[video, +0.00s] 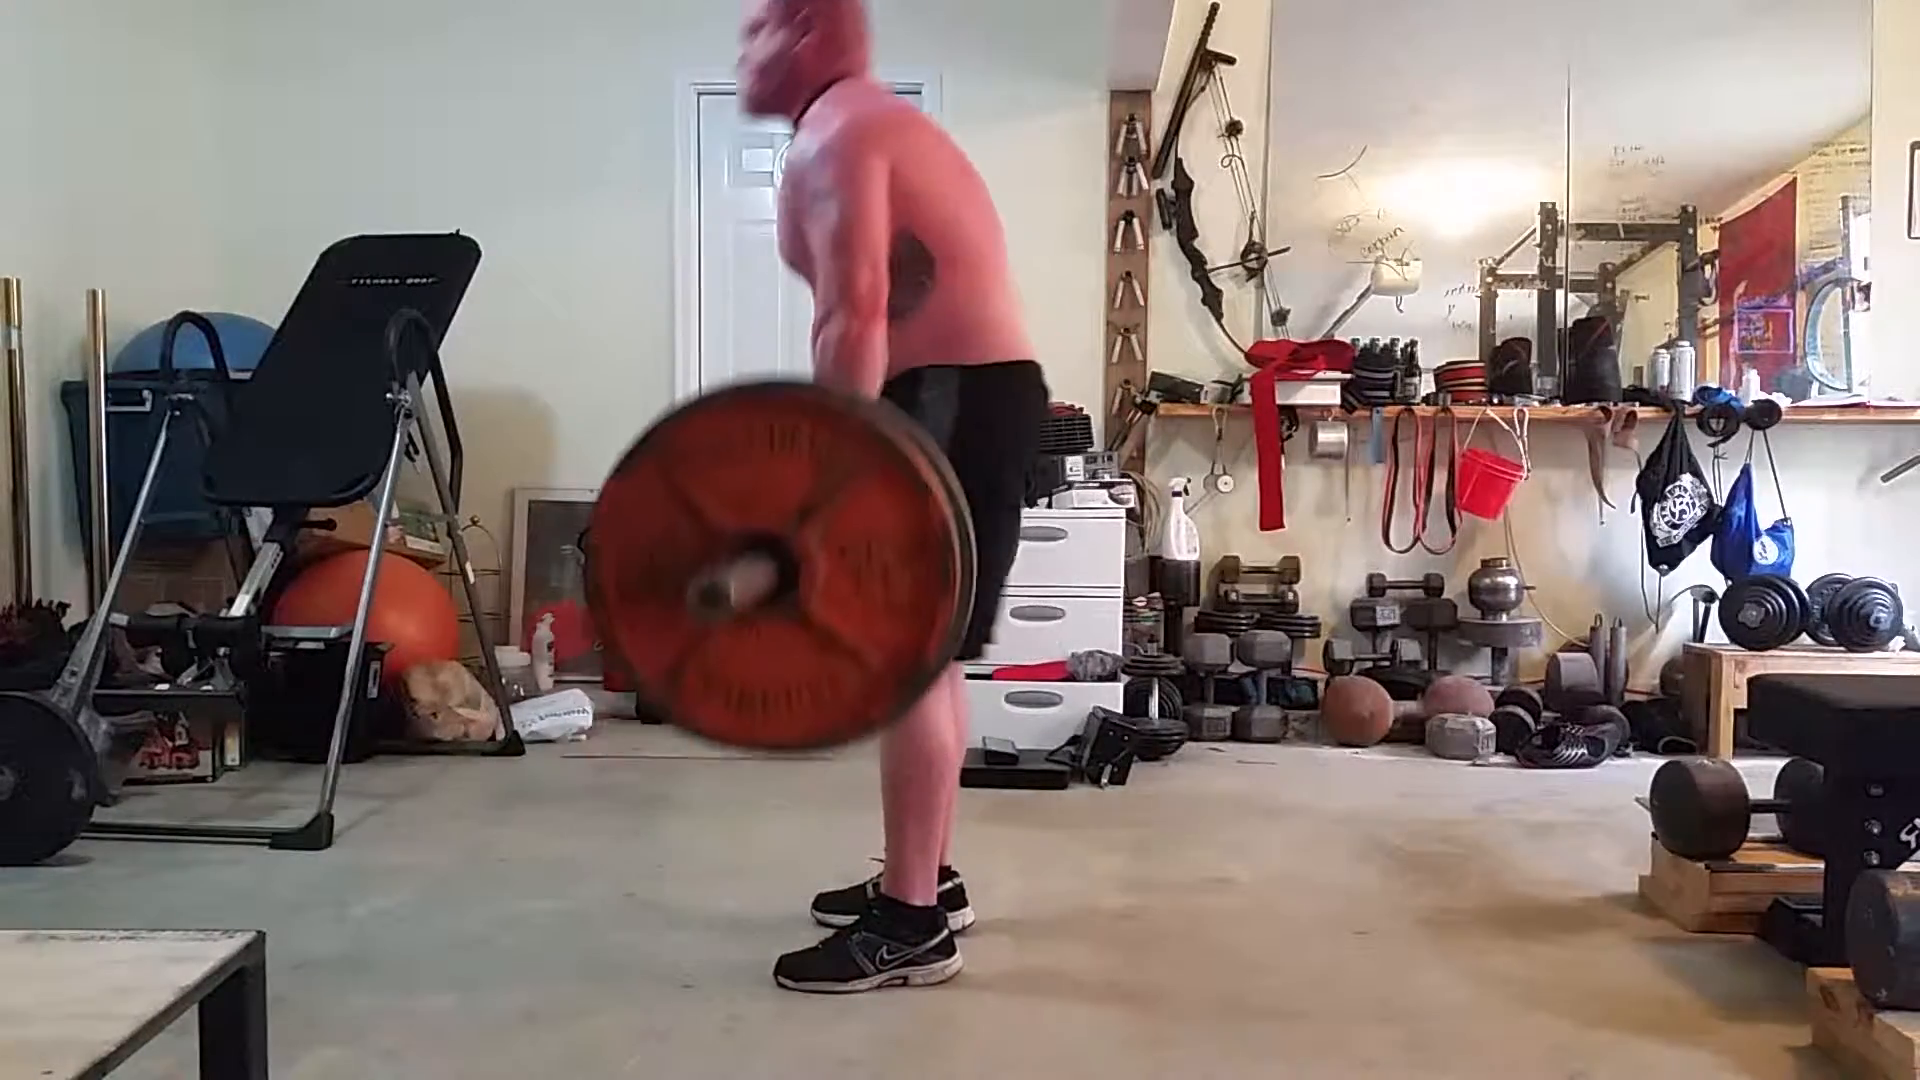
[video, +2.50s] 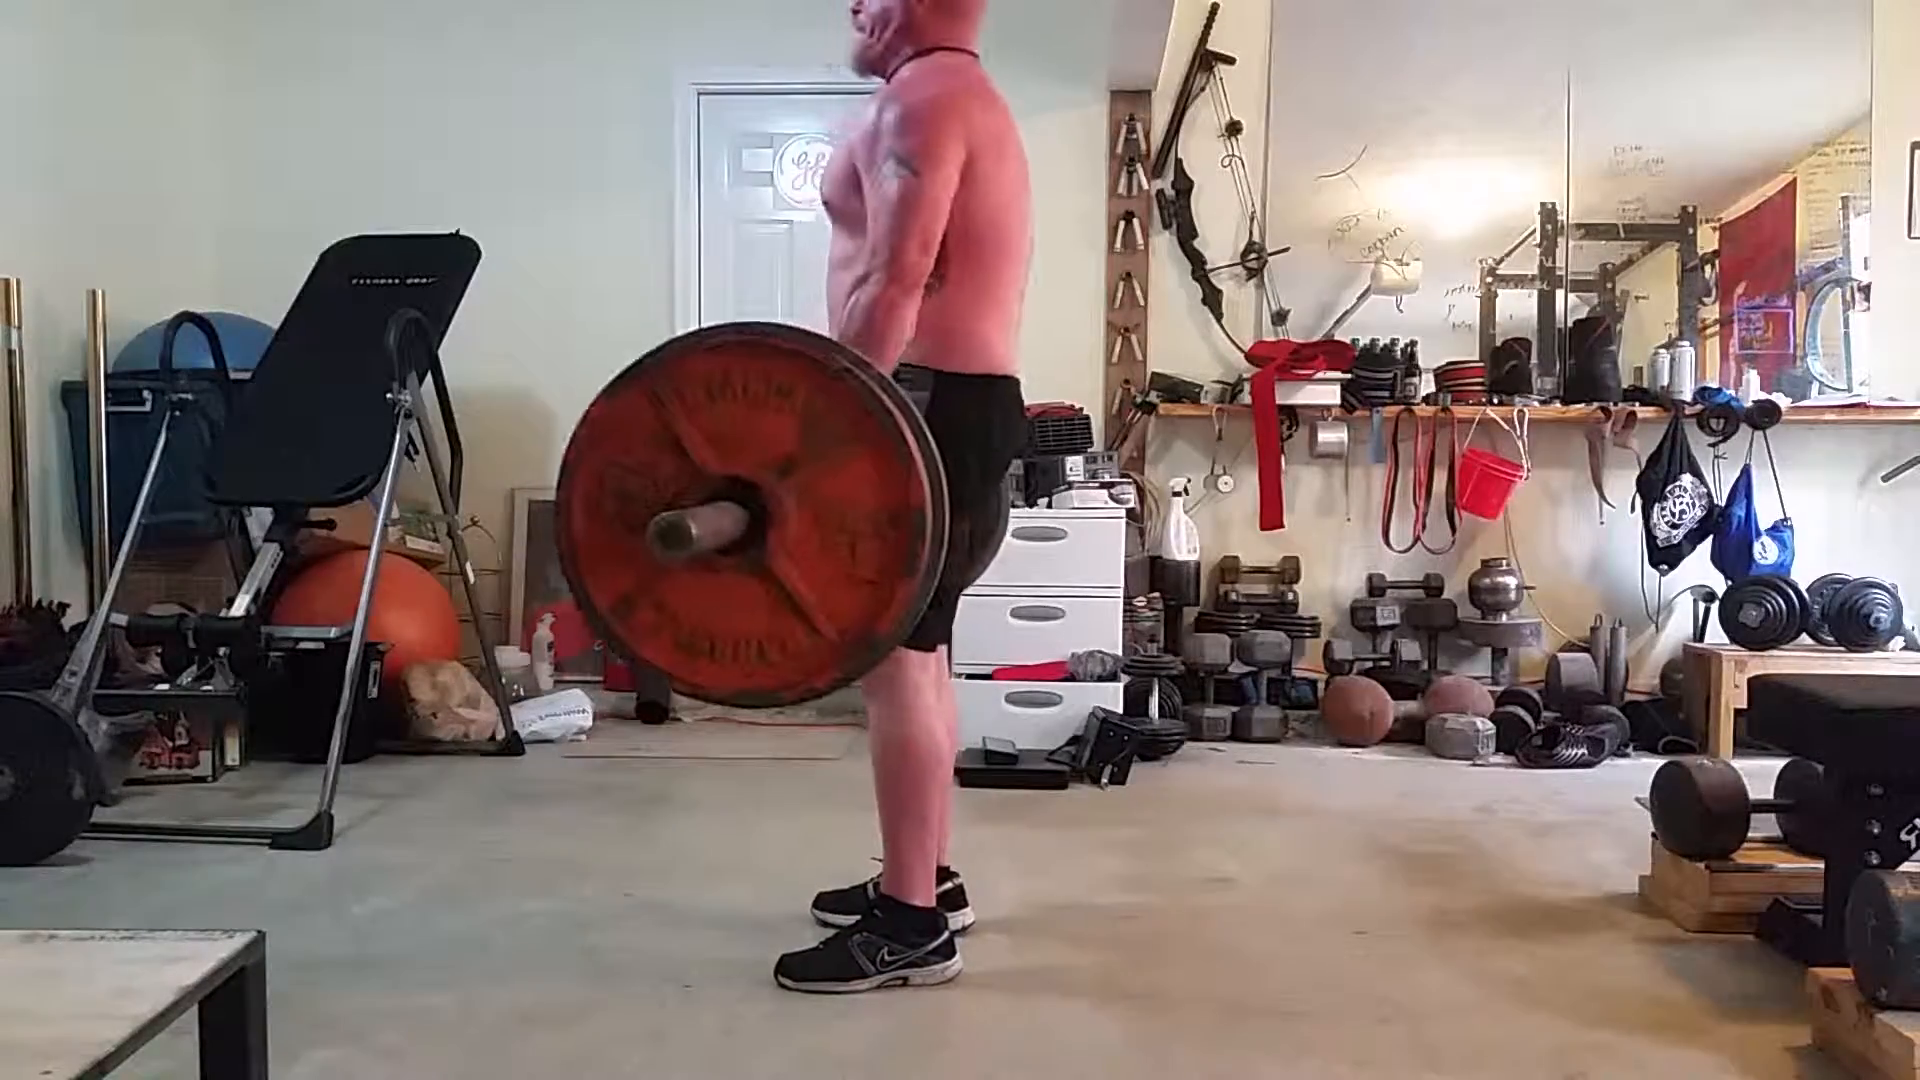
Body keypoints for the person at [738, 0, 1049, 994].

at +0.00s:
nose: (742, 52)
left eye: (758, 29)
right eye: (747, 32)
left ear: (812, 35)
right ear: (829, 42)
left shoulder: (844, 131)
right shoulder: (852, 129)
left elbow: (856, 313)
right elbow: (858, 318)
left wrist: (824, 478)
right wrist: (817, 471)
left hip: (957, 396)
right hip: (960, 395)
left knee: (920, 654)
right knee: (923, 652)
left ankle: (915, 918)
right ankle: (923, 882)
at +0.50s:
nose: (756, 54)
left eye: (768, 30)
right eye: (755, 35)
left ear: (821, 24)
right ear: (839, 31)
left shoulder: (860, 119)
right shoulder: (870, 117)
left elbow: (861, 305)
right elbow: (869, 312)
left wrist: (820, 470)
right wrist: (816, 463)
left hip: (948, 403)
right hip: (961, 403)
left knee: (895, 651)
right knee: (913, 649)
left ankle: (907, 919)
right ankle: (924, 881)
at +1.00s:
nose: (652, 313)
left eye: (648, 289)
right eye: (642, 297)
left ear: (688, 245)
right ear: (696, 242)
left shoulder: (768, 301)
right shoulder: (781, 291)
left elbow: (819, 486)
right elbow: (863, 490)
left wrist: (815, 655)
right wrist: (844, 640)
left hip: (1004, 419)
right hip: (982, 423)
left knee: (922, 662)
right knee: (918, 660)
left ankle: (905, 920)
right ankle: (920, 881)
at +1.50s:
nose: (647, 401)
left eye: (641, 379)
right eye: (636, 387)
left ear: (675, 334)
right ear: (683, 328)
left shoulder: (761, 389)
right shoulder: (783, 360)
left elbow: (817, 560)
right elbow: (861, 545)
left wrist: (818, 725)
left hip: (1012, 431)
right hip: (1036, 420)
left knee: (895, 658)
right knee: (926, 658)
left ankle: (922, 911)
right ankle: (935, 890)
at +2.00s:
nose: (696, 164)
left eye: (706, 140)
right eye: (696, 143)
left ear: (757, 130)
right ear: (773, 134)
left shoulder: (814, 204)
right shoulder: (827, 202)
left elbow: (851, 385)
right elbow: (835, 390)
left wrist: (829, 557)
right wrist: (827, 551)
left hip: (997, 412)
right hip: (969, 413)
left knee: (929, 657)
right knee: (917, 648)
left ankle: (914, 918)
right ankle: (919, 883)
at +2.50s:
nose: (855, 11)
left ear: (913, 8)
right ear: (938, 15)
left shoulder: (928, 90)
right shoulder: (955, 94)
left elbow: (898, 280)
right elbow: (871, 283)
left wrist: (822, 428)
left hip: (933, 404)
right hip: (959, 404)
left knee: (896, 653)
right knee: (915, 650)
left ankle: (909, 919)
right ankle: (925, 880)